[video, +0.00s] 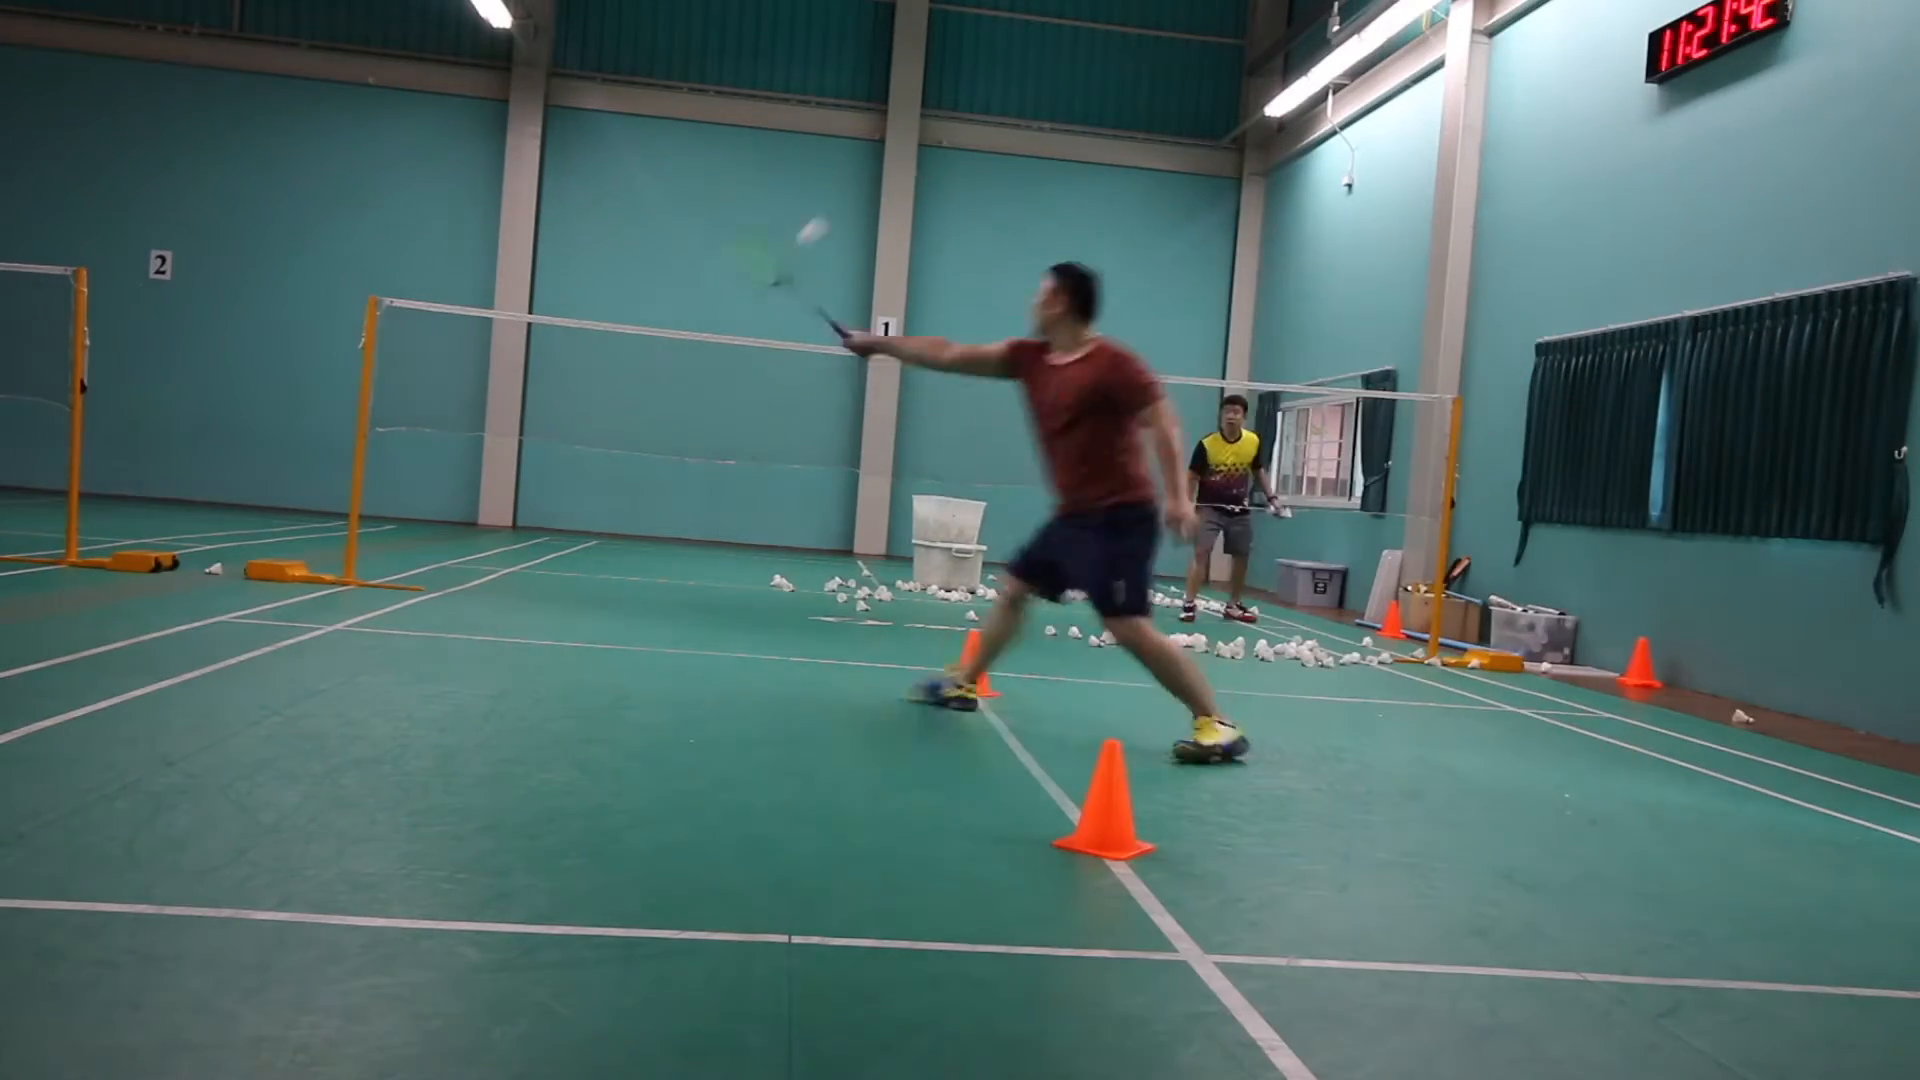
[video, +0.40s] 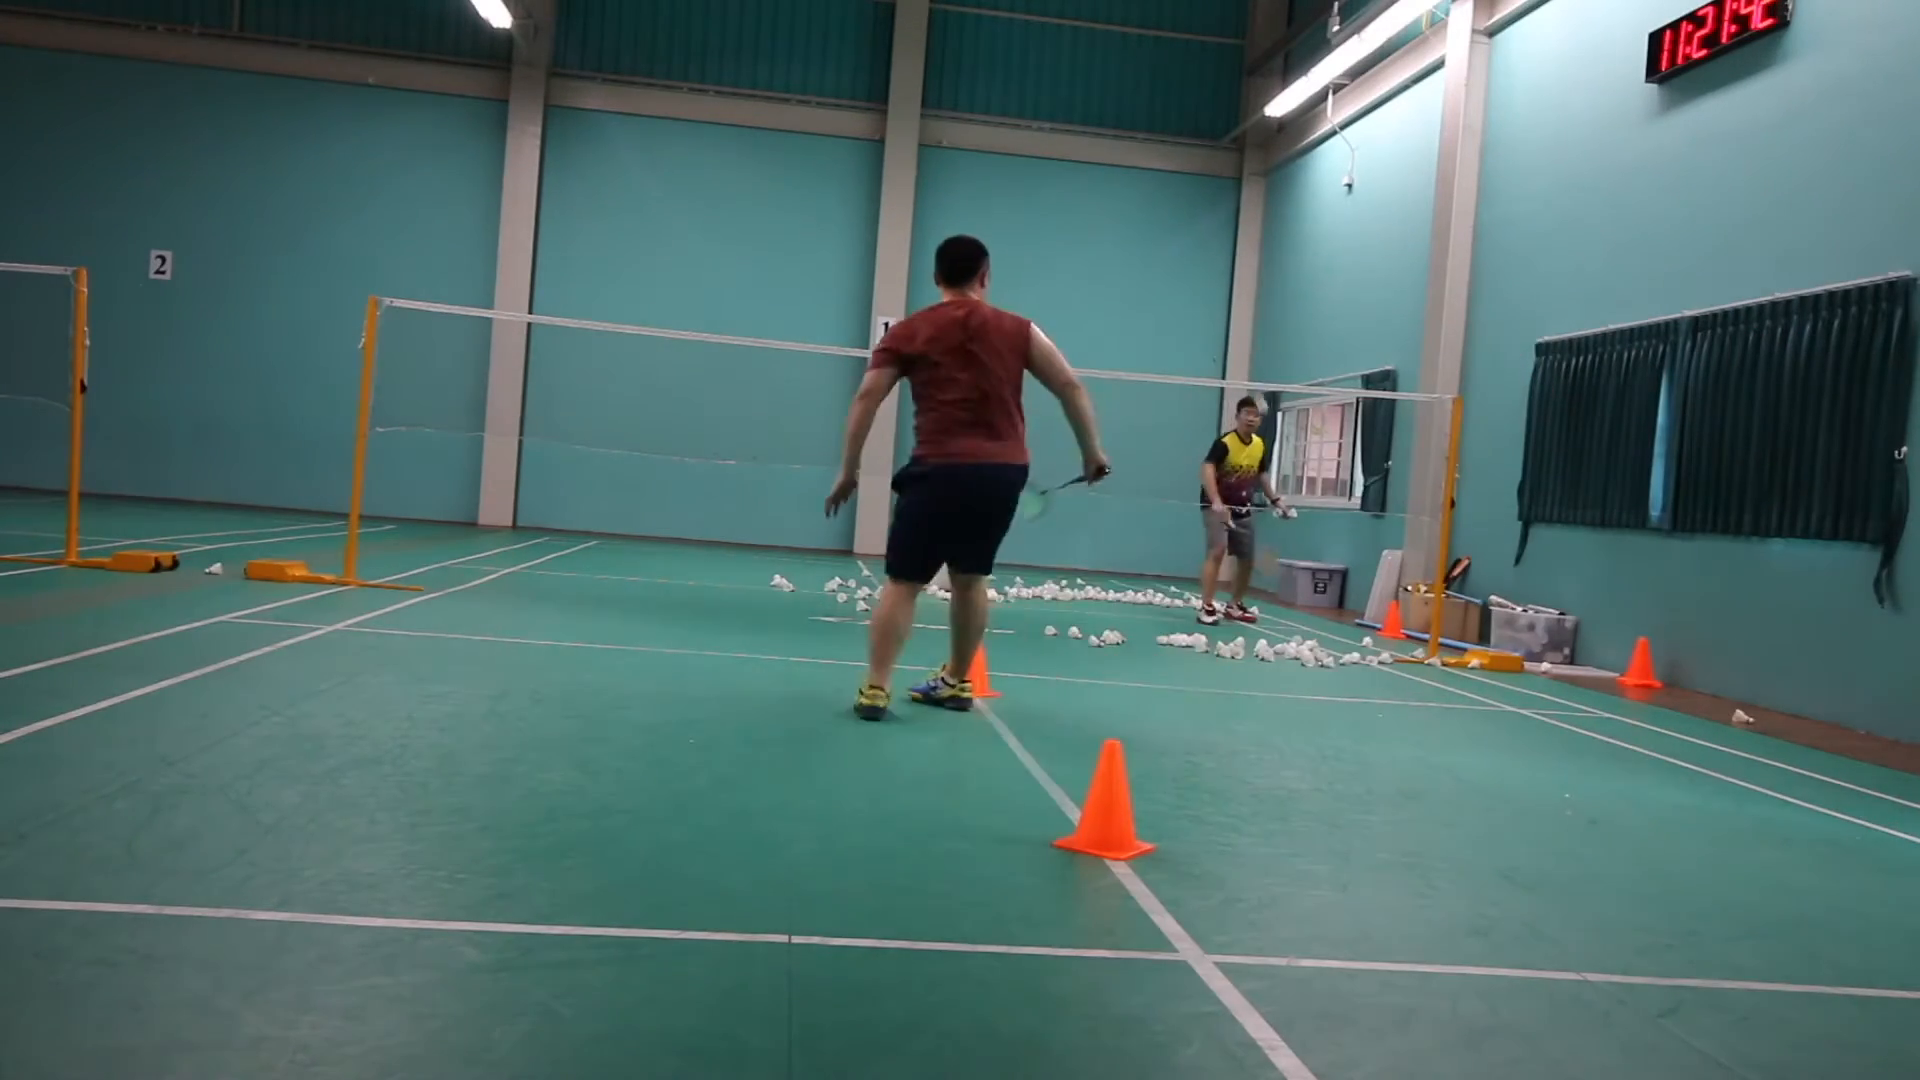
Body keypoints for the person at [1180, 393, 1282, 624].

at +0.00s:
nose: (1231, 417)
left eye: (1236, 413)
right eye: (1227, 412)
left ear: (1244, 417)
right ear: (1221, 416)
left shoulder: (1253, 442)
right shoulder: (1206, 445)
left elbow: (1258, 470)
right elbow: (1192, 478)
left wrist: (1271, 496)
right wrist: (1188, 507)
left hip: (1239, 511)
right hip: (1210, 509)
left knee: (1241, 557)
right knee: (1201, 553)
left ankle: (1234, 604)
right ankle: (1190, 601)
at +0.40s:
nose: (1251, 419)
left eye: (1255, 415)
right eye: (1247, 414)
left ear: (1260, 420)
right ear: (1237, 417)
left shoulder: (1260, 445)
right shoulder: (1224, 443)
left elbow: (1261, 475)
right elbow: (1208, 469)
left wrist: (1275, 499)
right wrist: (1217, 502)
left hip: (1243, 507)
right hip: (1218, 505)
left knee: (1246, 558)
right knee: (1218, 551)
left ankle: (1236, 604)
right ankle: (1208, 605)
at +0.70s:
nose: (1258, 407)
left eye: (1262, 404)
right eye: (1253, 403)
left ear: (1264, 412)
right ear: (1242, 407)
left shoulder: (1258, 442)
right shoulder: (1230, 423)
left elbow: (1252, 476)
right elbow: (1215, 396)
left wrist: (1263, 500)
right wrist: (1218, 360)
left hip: (1244, 501)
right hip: (1223, 498)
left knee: (1242, 555)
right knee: (1224, 551)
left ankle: (1232, 603)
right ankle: (1209, 604)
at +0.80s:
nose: (1261, 408)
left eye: (1264, 406)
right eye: (1256, 405)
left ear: (1267, 413)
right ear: (1246, 409)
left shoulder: (1264, 444)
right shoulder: (1232, 423)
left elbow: (1259, 481)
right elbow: (1209, 401)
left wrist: (1272, 509)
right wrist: (1208, 366)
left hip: (1248, 504)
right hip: (1223, 500)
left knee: (1245, 557)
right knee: (1218, 550)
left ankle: (1234, 603)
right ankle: (1206, 601)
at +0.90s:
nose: (1261, 406)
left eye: (1265, 405)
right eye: (1256, 403)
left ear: (1267, 414)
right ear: (1246, 409)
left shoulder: (1265, 444)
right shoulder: (1230, 424)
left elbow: (1264, 481)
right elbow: (1203, 410)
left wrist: (1280, 509)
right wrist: (1207, 378)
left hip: (1251, 503)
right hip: (1223, 496)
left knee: (1244, 556)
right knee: (1215, 548)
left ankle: (1232, 604)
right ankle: (1197, 600)